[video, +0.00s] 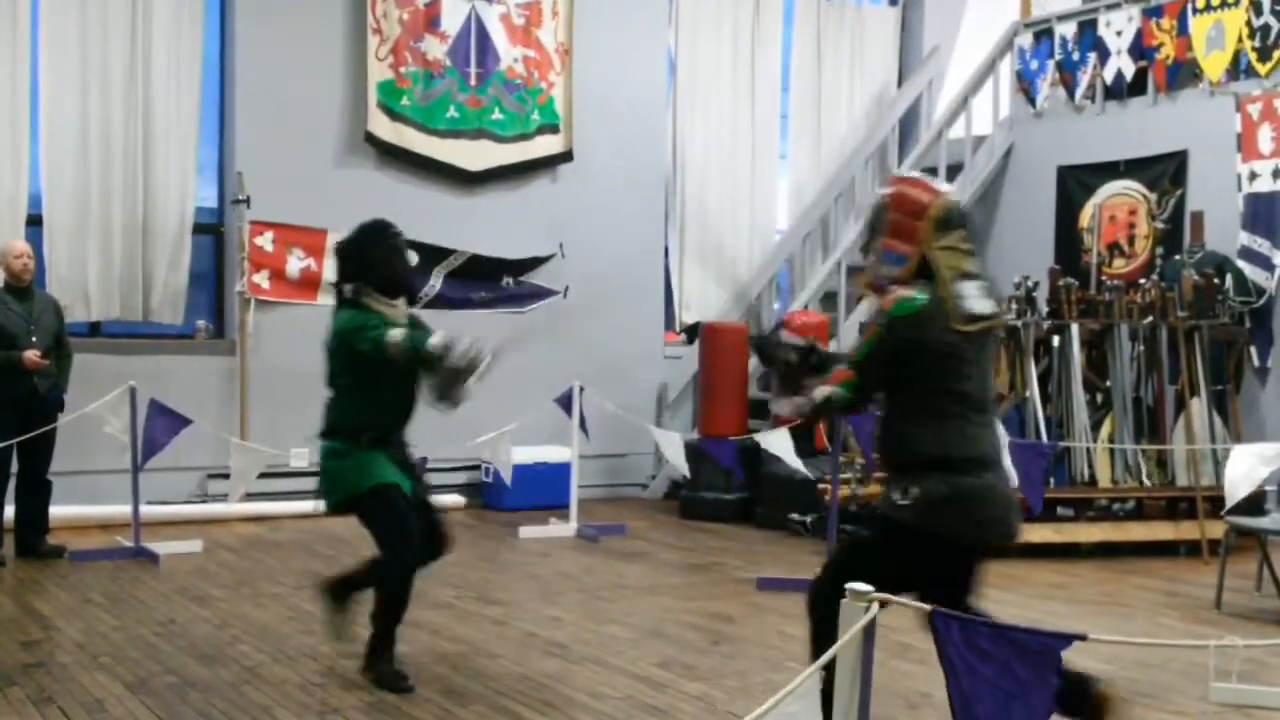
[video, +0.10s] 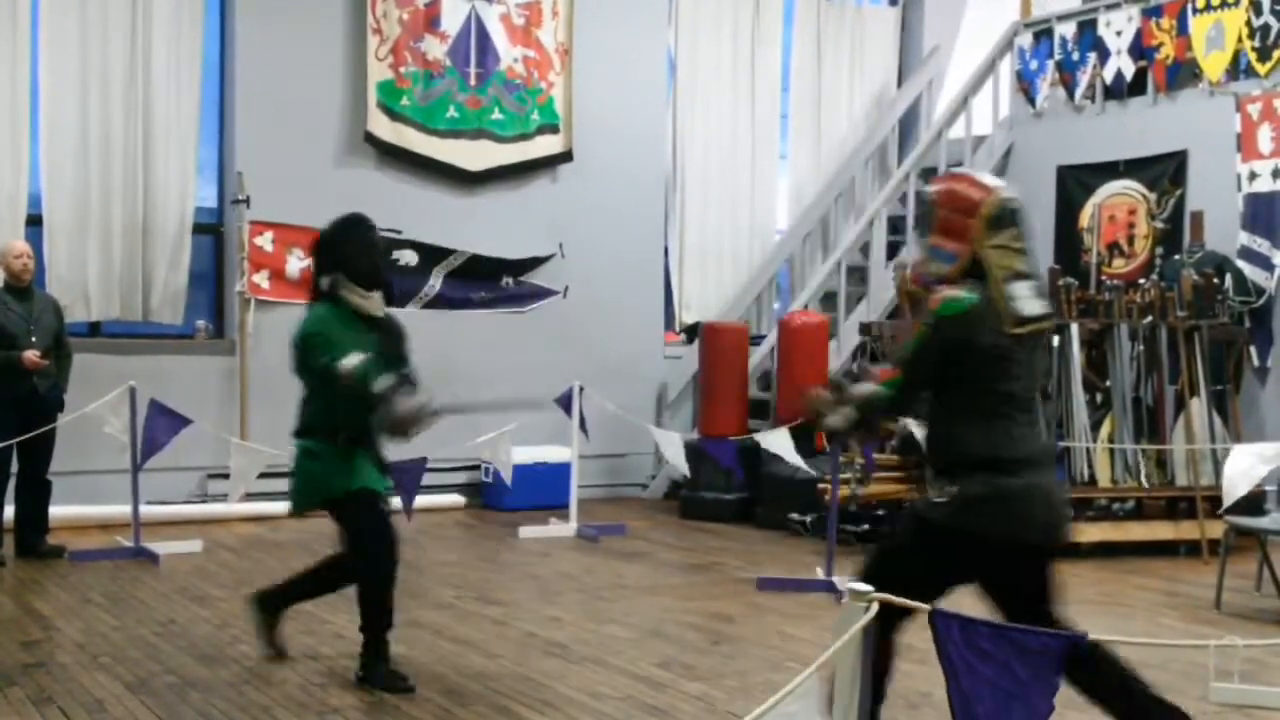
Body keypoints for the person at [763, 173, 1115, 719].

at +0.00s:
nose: (875, 254)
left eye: (884, 241)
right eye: (878, 240)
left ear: (907, 247)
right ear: (946, 243)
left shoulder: (909, 312)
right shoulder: (975, 306)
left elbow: (858, 385)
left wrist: (817, 404)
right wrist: (842, 380)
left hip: (929, 505)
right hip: (984, 502)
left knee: (830, 591)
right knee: (947, 615)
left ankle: (837, 708)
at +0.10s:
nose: (930, 243)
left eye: (938, 230)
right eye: (934, 229)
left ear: (962, 239)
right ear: (995, 238)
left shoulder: (957, 312)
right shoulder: (1028, 304)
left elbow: (903, 391)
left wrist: (850, 410)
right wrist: (870, 396)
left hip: (973, 510)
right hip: (1031, 507)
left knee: (876, 599)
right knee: (1040, 632)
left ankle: (856, 709)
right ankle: (1157, 714)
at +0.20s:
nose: (977, 241)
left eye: (987, 229)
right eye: (981, 227)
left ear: (1009, 234)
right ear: (1049, 228)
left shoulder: (1006, 308)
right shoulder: (1082, 295)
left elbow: (969, 402)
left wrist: (937, 434)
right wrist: (957, 415)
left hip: (1026, 510)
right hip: (1091, 505)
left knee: (932, 622)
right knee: (1117, 635)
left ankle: (883, 710)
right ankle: (1178, 714)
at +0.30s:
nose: (1014, 224)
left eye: (1023, 210)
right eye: (1017, 210)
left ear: (1047, 218)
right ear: (1086, 216)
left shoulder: (1052, 293)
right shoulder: (1124, 282)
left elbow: (1026, 393)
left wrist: (987, 425)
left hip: (1064, 495)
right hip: (1128, 490)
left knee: (962, 594)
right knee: (1144, 633)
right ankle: (1190, 715)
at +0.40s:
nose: (1034, 215)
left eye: (1042, 201)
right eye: (1037, 200)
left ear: (1066, 204)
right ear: (1101, 202)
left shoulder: (1078, 272)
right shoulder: (1144, 263)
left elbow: (1054, 377)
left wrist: (1017, 409)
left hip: (1096, 474)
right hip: (1154, 471)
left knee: (990, 567)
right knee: (1160, 621)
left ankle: (1046, 702)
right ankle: (1194, 711)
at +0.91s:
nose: (1057, 223)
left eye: (1062, 206)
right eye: (1056, 207)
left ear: (1093, 204)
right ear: (1123, 201)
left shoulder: (1109, 269)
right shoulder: (1171, 262)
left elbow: (1075, 379)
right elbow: (1172, 375)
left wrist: (1040, 431)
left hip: (1100, 476)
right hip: (1160, 474)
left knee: (1004, 581)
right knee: (1174, 624)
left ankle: (1010, 707)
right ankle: (1207, 713)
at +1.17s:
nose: (984, 234)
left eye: (993, 222)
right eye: (988, 220)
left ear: (1019, 226)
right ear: (1051, 223)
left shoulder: (1030, 289)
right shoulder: (1088, 280)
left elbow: (1018, 398)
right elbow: (1083, 389)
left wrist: (977, 444)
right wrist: (992, 418)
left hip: (1036, 493)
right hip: (1093, 486)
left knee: (952, 607)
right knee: (1106, 617)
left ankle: (933, 711)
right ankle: (1181, 714)